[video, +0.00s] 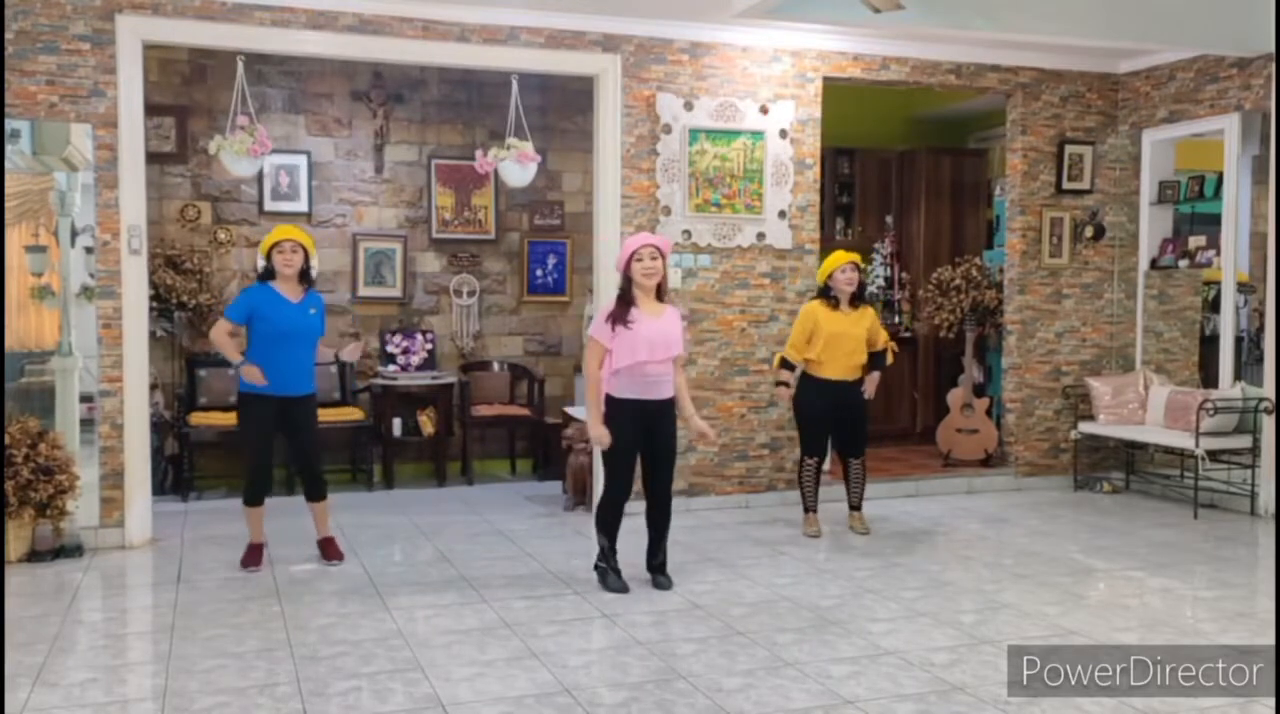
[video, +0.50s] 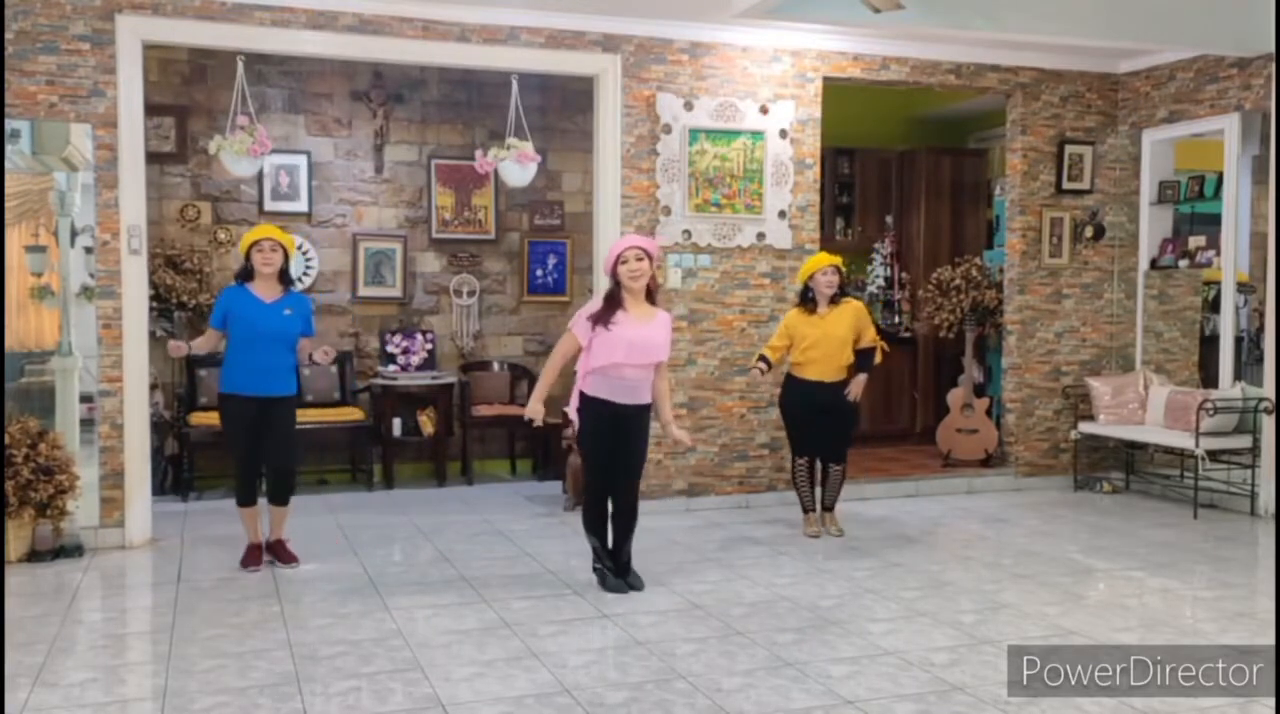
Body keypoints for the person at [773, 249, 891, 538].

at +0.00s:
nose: (850, 276)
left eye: (854, 271)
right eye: (843, 271)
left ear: (859, 278)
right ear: (829, 278)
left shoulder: (866, 314)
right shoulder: (813, 310)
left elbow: (881, 348)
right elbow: (794, 349)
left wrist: (874, 374)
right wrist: (785, 380)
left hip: (850, 391)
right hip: (814, 387)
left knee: (853, 452)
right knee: (812, 453)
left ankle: (856, 512)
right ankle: (810, 514)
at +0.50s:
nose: (831, 278)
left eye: (834, 273)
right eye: (824, 273)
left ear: (841, 279)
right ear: (810, 281)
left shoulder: (854, 309)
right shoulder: (796, 316)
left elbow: (868, 345)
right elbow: (777, 346)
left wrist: (862, 375)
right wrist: (763, 361)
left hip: (837, 392)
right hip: (799, 391)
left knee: (835, 454)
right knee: (803, 453)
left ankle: (828, 512)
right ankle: (809, 514)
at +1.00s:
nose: (831, 277)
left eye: (834, 271)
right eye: (823, 273)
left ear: (840, 277)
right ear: (810, 281)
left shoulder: (852, 310)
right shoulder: (798, 317)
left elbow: (867, 340)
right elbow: (789, 358)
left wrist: (863, 371)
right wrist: (785, 391)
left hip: (842, 390)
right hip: (806, 390)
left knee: (851, 452)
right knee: (807, 454)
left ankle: (854, 511)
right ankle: (810, 514)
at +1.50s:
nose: (852, 276)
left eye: (855, 270)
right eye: (844, 271)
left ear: (861, 276)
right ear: (832, 280)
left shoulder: (872, 308)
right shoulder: (823, 316)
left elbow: (888, 338)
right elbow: (815, 358)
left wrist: (885, 368)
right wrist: (819, 392)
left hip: (866, 387)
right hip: (833, 387)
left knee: (865, 453)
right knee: (830, 452)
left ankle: (858, 512)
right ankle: (818, 512)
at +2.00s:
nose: (857, 274)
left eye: (861, 269)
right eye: (850, 269)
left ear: (866, 276)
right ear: (837, 278)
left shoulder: (878, 310)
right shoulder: (825, 314)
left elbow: (894, 342)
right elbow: (814, 357)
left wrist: (889, 373)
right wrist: (824, 386)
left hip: (867, 389)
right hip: (833, 389)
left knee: (865, 453)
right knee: (830, 454)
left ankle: (858, 512)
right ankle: (829, 511)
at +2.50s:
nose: (839, 275)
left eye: (843, 271)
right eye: (832, 270)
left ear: (848, 279)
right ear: (818, 278)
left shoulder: (857, 313)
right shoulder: (802, 314)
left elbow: (870, 348)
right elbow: (783, 352)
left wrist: (864, 378)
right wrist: (775, 382)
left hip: (840, 391)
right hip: (803, 389)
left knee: (849, 453)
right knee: (804, 453)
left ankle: (853, 512)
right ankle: (805, 514)